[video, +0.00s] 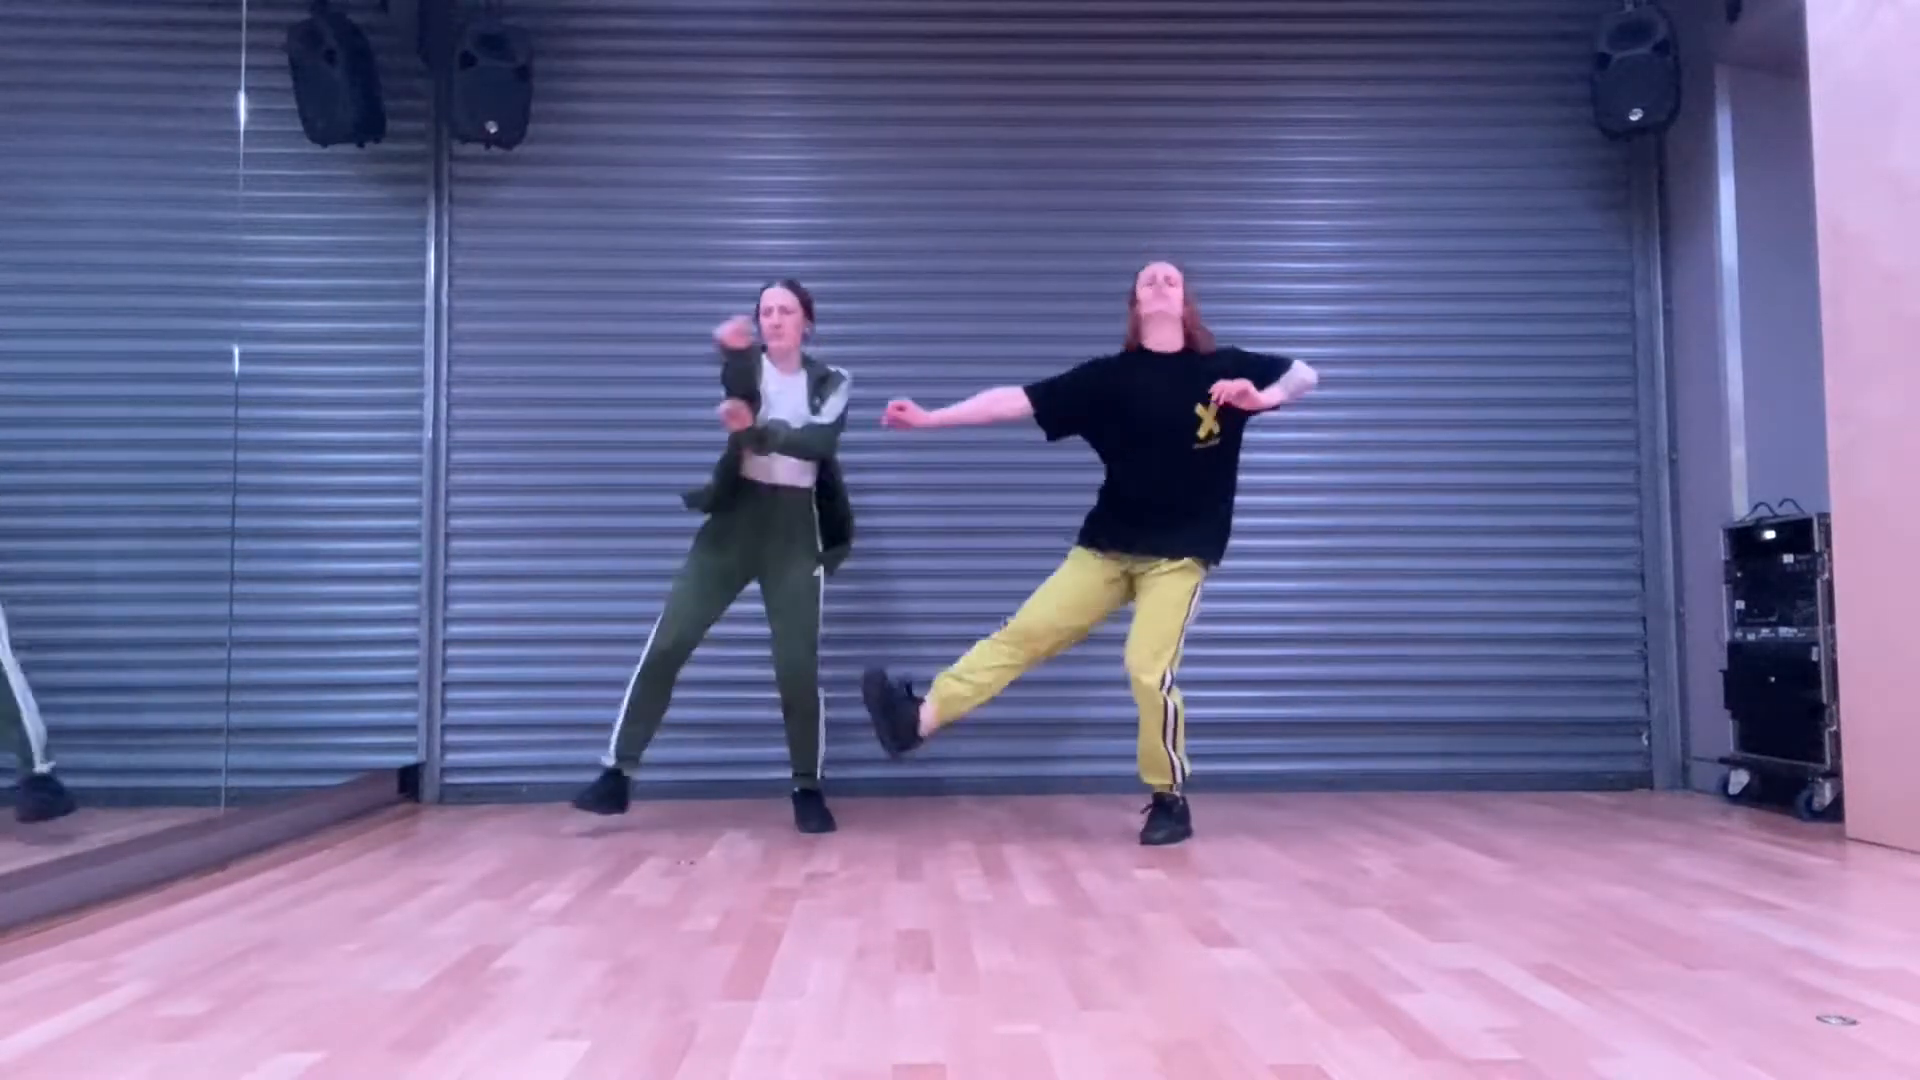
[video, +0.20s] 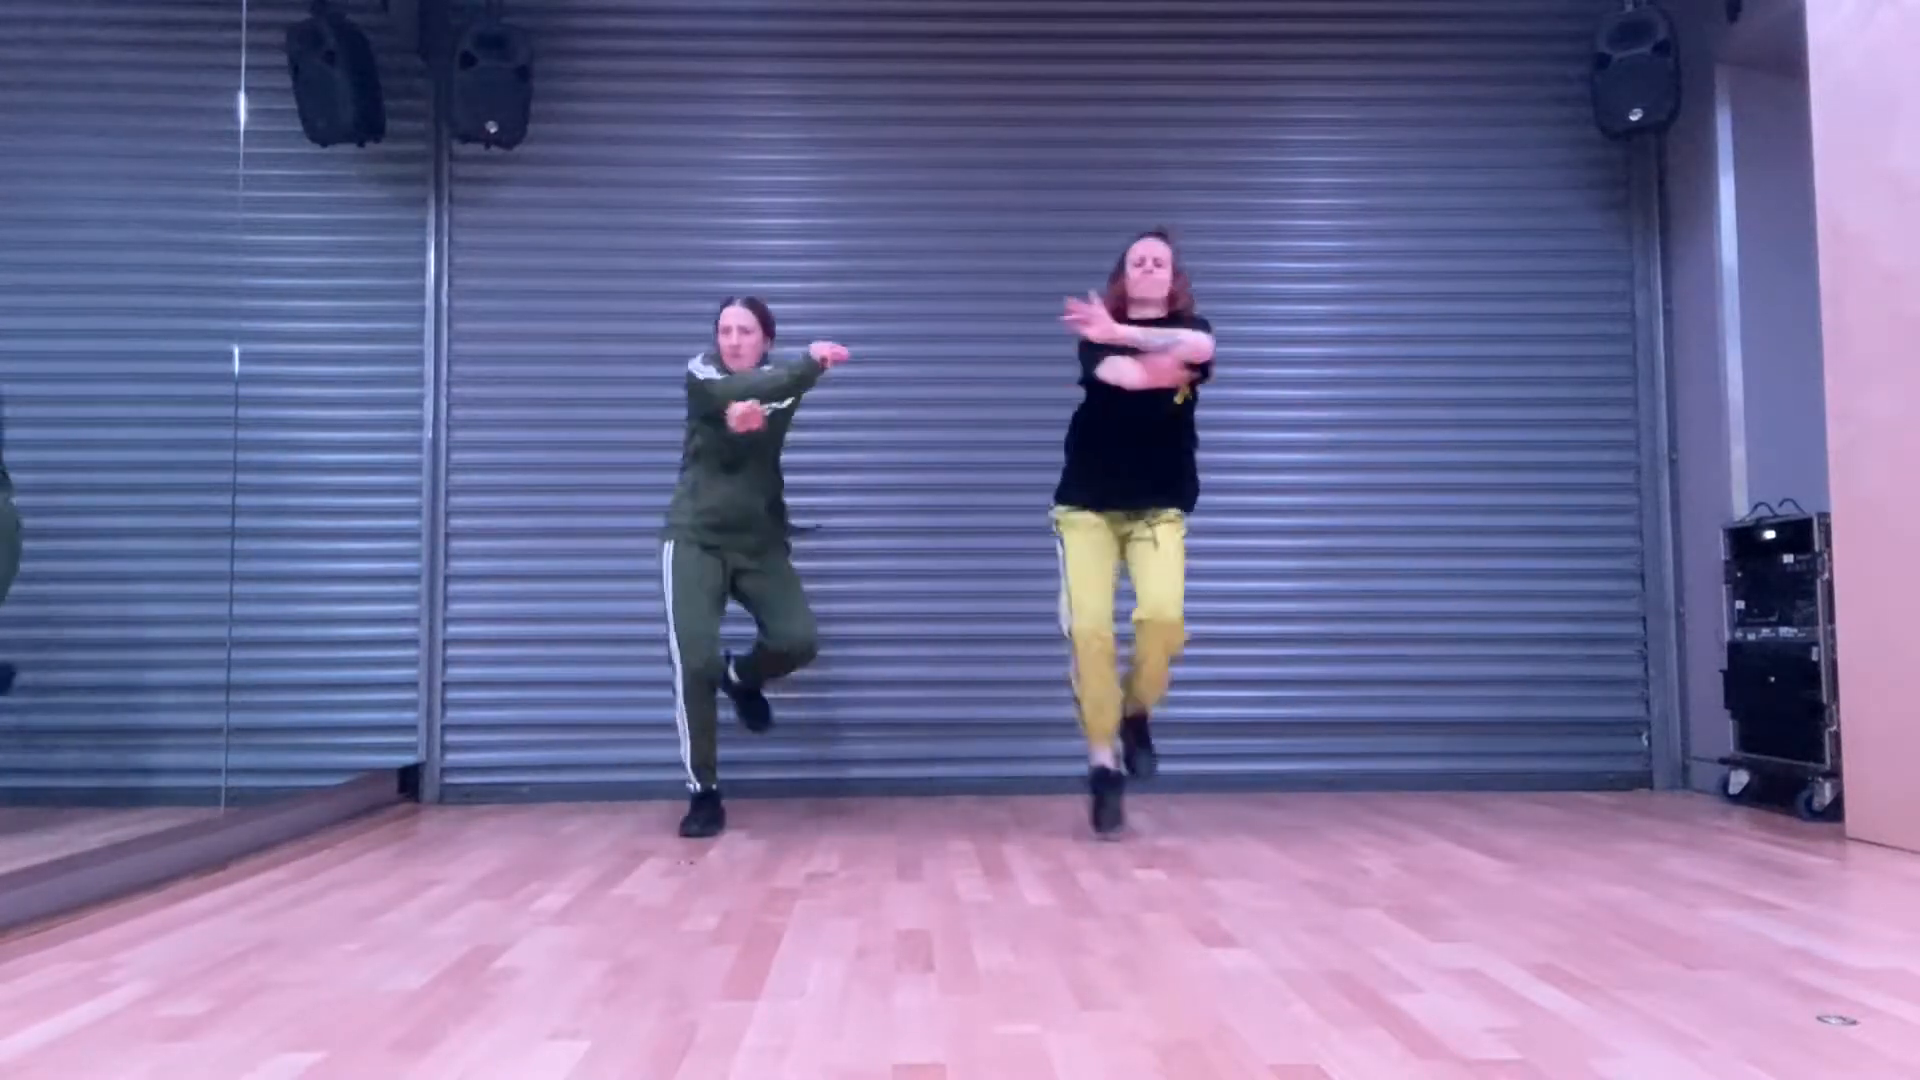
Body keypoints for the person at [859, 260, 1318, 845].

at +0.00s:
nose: (1161, 284)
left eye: (1171, 280)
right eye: (1150, 280)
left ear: (1188, 303)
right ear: (1133, 305)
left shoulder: (1226, 368)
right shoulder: (1108, 375)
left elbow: (1305, 376)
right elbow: (1019, 400)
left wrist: (1266, 395)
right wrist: (931, 418)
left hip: (1180, 553)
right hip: (1108, 545)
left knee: (1148, 669)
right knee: (1026, 634)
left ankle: (1167, 799)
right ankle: (918, 721)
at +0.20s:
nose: (1146, 271)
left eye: (1157, 264)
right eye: (1137, 263)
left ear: (1176, 279)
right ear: (1120, 279)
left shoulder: (1192, 333)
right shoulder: (1096, 335)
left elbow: (1200, 349)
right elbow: (1127, 374)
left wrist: (1115, 331)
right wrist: (1184, 364)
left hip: (1159, 507)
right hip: (1087, 505)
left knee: (1163, 616)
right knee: (1090, 631)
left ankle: (1137, 713)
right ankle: (1103, 767)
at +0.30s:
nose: (1137, 289)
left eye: (1147, 282)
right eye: (1126, 283)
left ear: (1166, 302)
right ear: (1109, 299)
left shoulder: (1177, 353)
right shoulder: (1093, 357)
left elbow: (1161, 349)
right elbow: (1154, 391)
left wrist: (1098, 323)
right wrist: (1246, 391)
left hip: (1154, 531)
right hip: (1085, 534)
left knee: (1180, 623)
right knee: (1111, 662)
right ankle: (1133, 785)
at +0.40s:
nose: (1127, 281)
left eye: (1138, 277)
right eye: (1117, 276)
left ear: (1152, 298)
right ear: (1100, 296)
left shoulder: (1168, 351)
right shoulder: (1081, 354)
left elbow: (1201, 354)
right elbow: (1092, 393)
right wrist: (1178, 381)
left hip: (1155, 539)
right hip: (1083, 537)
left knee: (1154, 661)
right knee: (1095, 656)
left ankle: (1058, 650)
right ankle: (1131, 780)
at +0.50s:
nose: (1119, 298)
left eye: (1129, 290)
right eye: (1109, 290)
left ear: (1146, 304)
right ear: (1093, 304)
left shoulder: (1179, 370)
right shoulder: (1065, 374)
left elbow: (1271, 364)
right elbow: (976, 384)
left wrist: (1346, 366)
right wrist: (1046, 362)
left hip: (1147, 550)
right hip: (1080, 547)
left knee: (1098, 678)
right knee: (1102, 669)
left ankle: (1015, 774)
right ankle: (1136, 792)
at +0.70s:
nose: (1118, 299)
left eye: (1126, 292)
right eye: (1107, 293)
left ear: (1141, 307)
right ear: (1089, 309)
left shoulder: (1167, 381)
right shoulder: (1060, 379)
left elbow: (1239, 395)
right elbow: (989, 372)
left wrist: (1290, 403)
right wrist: (1061, 363)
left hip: (1134, 554)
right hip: (1068, 548)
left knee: (1088, 665)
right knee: (1101, 662)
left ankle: (1011, 782)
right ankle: (1135, 793)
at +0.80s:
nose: (1117, 285)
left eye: (1124, 279)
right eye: (1104, 282)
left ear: (1138, 298)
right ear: (1086, 305)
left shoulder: (1153, 366)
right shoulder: (1079, 361)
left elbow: (1202, 371)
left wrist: (1251, 359)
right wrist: (1141, 373)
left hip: (1131, 544)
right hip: (1074, 538)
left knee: (1078, 664)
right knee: (1112, 655)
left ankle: (1010, 779)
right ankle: (1136, 788)